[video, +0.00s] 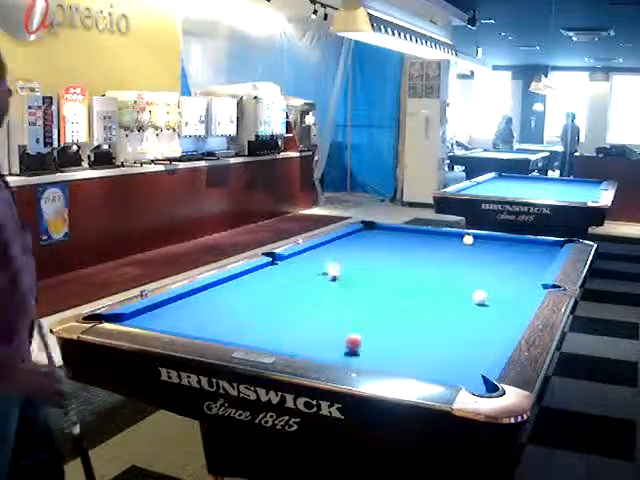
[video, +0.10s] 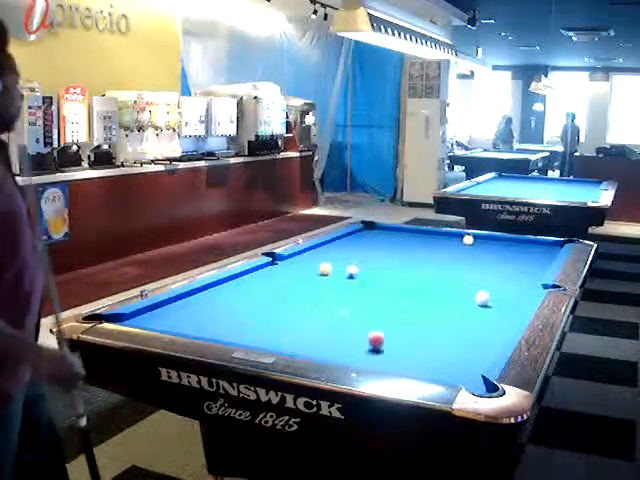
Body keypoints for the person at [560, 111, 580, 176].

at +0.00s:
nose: (570, 119)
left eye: (572, 117)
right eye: (569, 117)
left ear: (574, 118)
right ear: (567, 118)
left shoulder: (576, 127)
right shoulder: (565, 126)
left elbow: (578, 136)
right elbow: (562, 135)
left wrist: (577, 143)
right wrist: (563, 142)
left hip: (573, 146)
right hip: (566, 145)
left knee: (571, 159)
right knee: (564, 159)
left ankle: (570, 173)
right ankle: (562, 172)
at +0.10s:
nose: (570, 119)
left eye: (572, 117)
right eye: (569, 117)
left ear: (574, 118)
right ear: (567, 118)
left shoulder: (576, 127)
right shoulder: (565, 126)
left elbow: (578, 136)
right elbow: (562, 135)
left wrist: (577, 143)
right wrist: (563, 142)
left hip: (573, 145)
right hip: (566, 145)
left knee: (571, 159)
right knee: (564, 159)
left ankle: (570, 173)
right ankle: (562, 173)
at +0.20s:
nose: (570, 119)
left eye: (572, 117)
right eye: (569, 117)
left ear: (574, 118)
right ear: (567, 117)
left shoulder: (576, 127)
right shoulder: (565, 126)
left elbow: (578, 136)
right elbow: (562, 135)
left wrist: (577, 143)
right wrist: (563, 142)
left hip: (573, 145)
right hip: (566, 145)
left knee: (571, 159)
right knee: (564, 159)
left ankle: (569, 173)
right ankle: (562, 172)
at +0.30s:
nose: (572, 118)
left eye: (574, 117)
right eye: (571, 116)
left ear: (575, 117)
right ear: (570, 117)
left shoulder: (576, 126)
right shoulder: (566, 125)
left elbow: (578, 135)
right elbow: (563, 134)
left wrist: (578, 143)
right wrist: (563, 141)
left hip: (573, 145)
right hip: (566, 144)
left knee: (571, 158)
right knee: (564, 158)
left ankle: (569, 172)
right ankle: (562, 172)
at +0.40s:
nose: (572, 118)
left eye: (574, 117)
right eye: (571, 117)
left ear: (575, 117)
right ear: (569, 117)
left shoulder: (576, 126)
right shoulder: (566, 125)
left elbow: (578, 136)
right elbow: (563, 134)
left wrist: (577, 143)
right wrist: (563, 141)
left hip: (573, 145)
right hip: (566, 144)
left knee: (571, 158)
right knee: (564, 158)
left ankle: (569, 172)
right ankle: (562, 172)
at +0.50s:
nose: (572, 118)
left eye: (573, 117)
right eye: (571, 116)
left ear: (575, 117)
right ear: (570, 117)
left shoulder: (577, 127)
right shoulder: (566, 125)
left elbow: (579, 138)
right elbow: (563, 135)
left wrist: (579, 146)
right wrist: (563, 142)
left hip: (574, 146)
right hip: (566, 145)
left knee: (571, 160)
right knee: (563, 159)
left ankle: (569, 173)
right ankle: (561, 172)